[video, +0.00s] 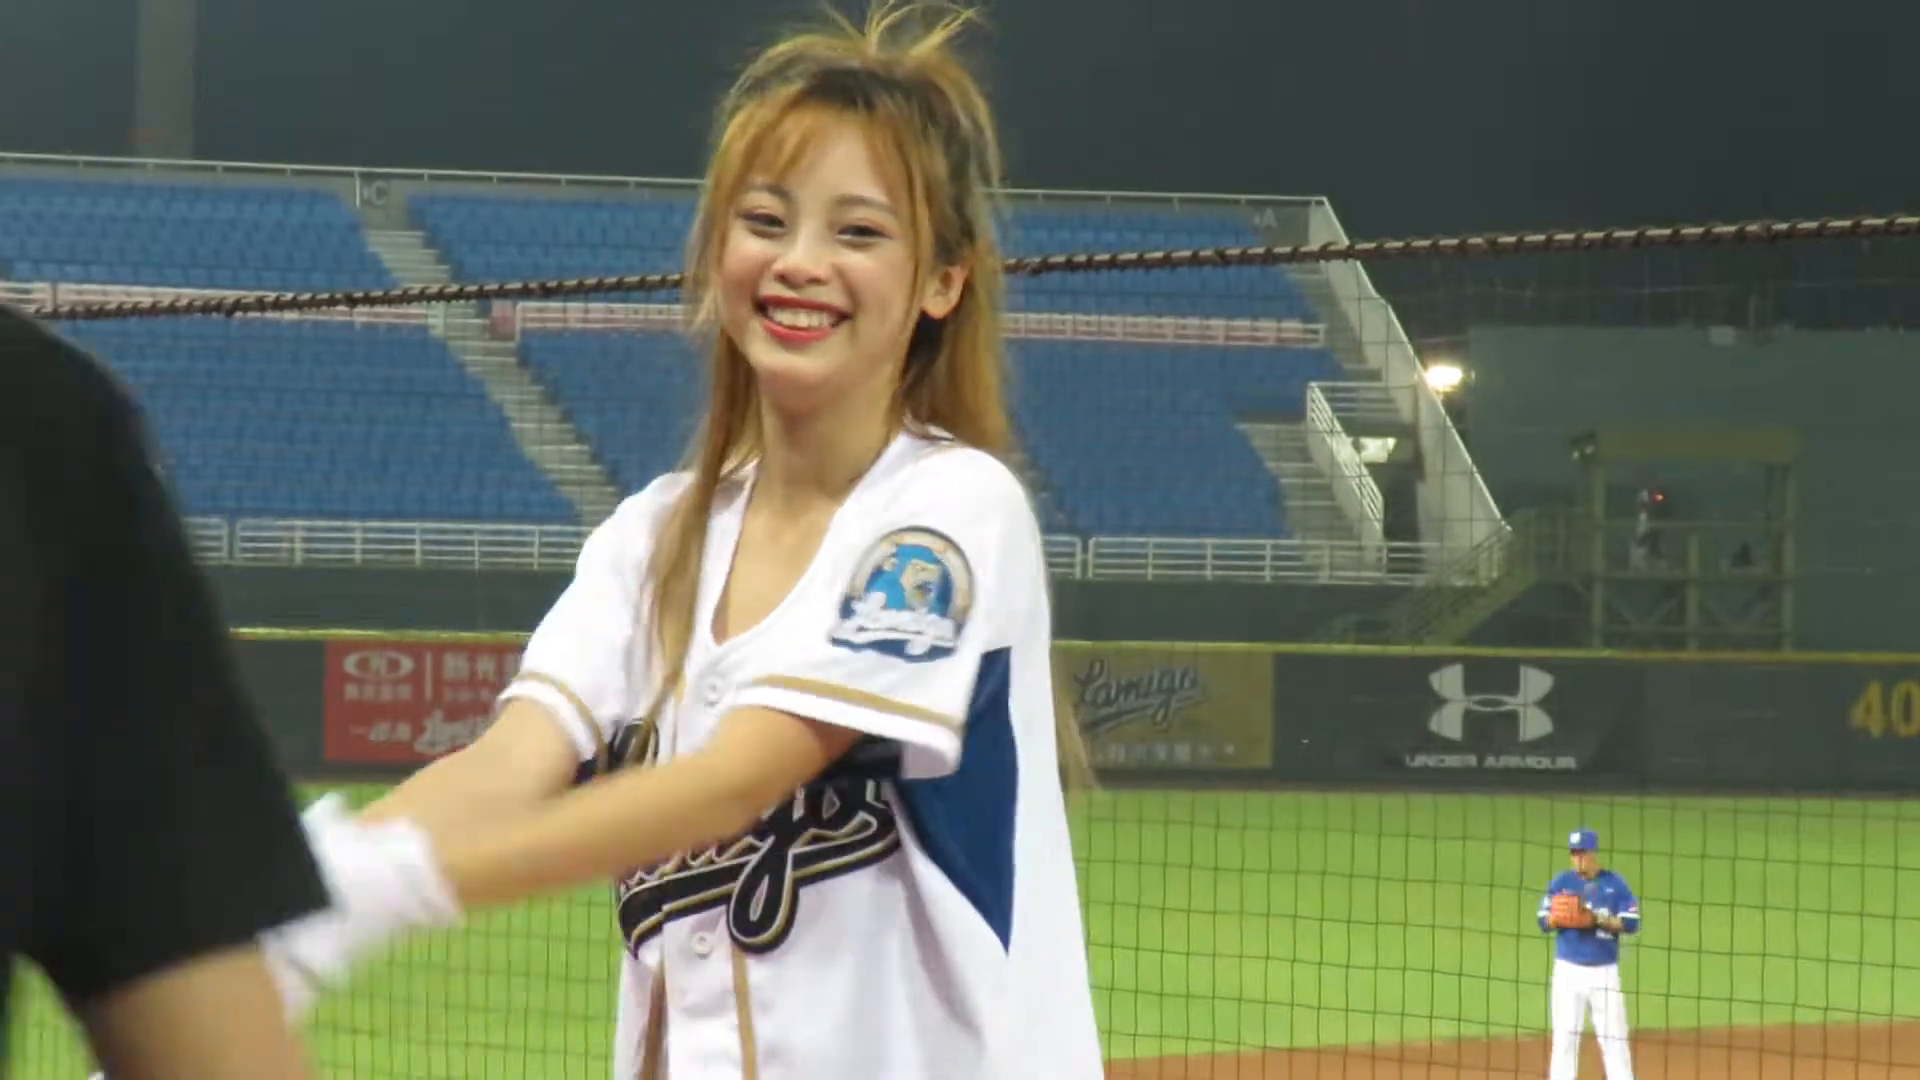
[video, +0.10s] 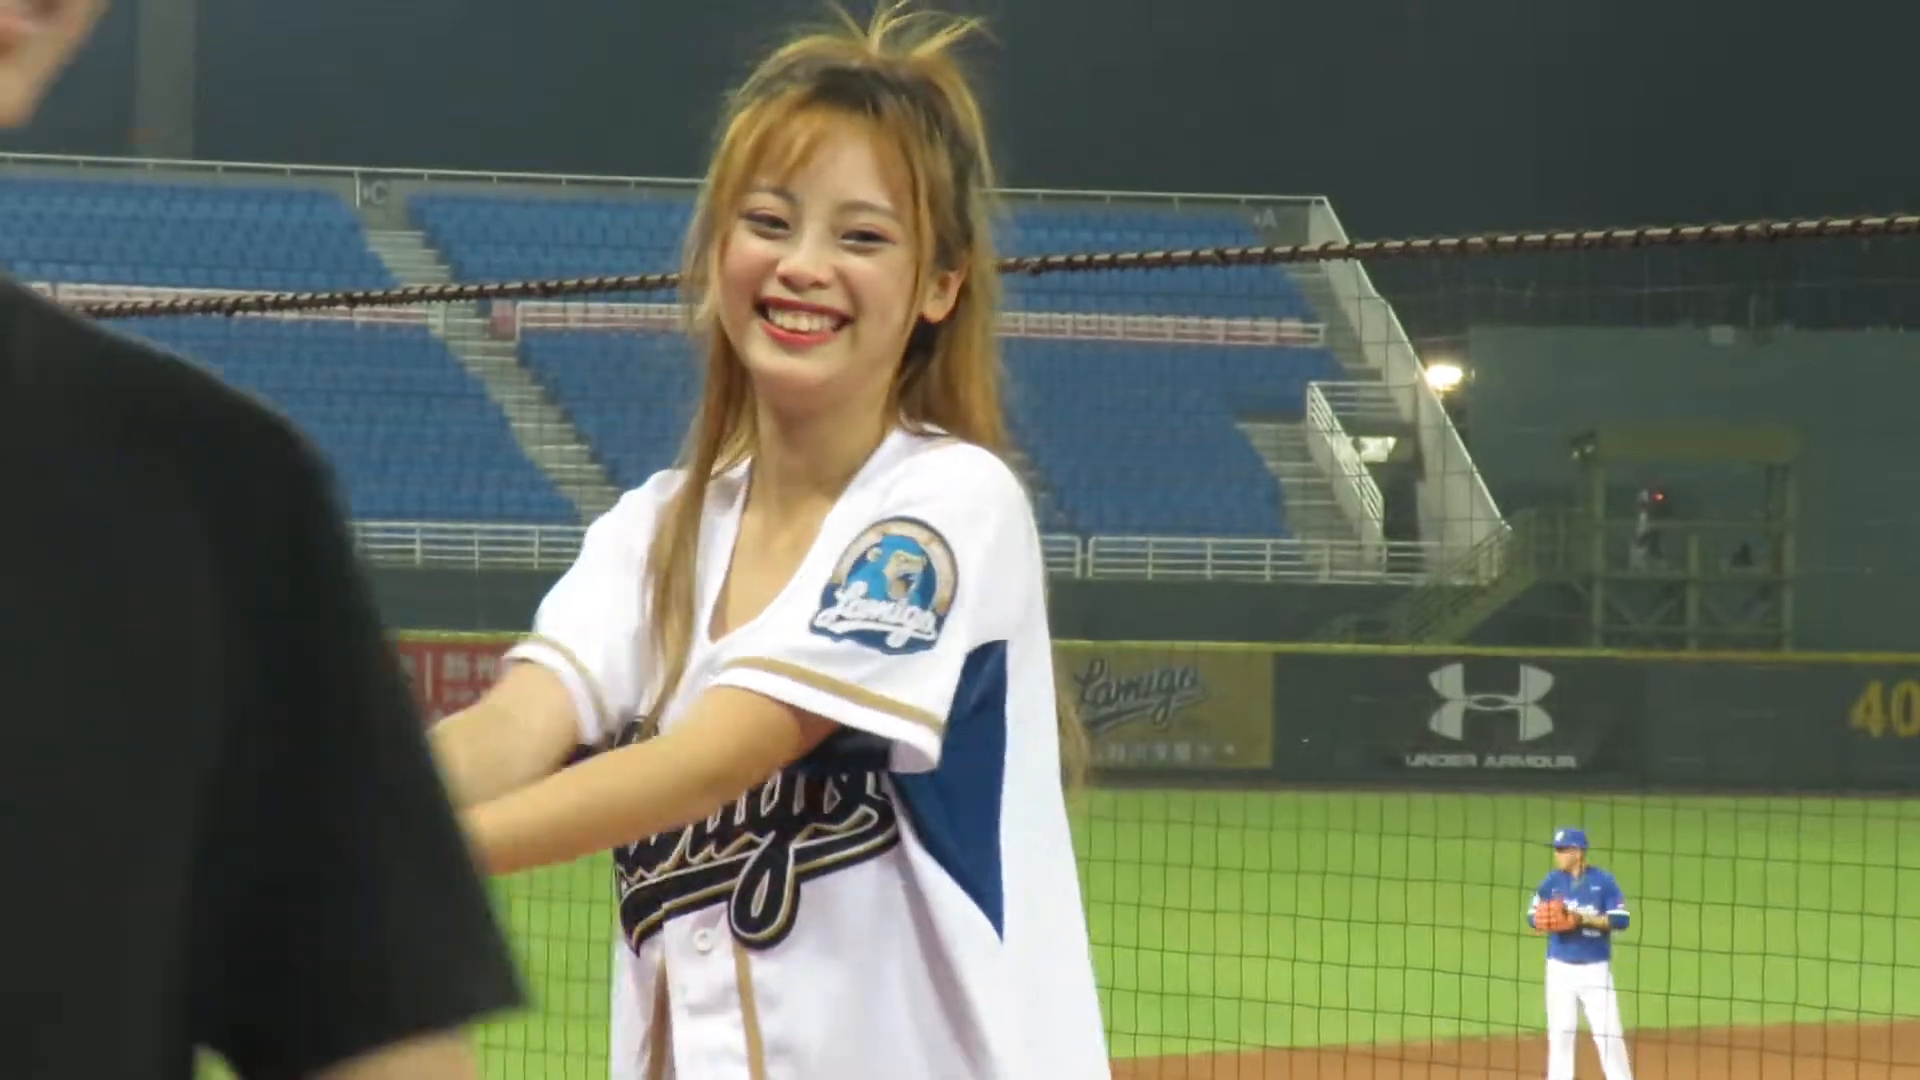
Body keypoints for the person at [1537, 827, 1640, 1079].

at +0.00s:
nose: (1579, 860)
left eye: (1584, 854)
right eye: (1575, 854)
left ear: (1595, 853)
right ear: (1571, 855)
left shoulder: (1614, 883)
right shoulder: (1562, 882)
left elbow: (1632, 923)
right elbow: (1543, 922)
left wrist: (1595, 918)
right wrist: (1561, 916)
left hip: (1604, 970)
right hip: (1568, 970)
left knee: (1614, 1038)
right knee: (1565, 1039)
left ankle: (1622, 1077)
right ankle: (1561, 1077)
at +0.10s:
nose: (1559, 855)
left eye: (1565, 850)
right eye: (1558, 850)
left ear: (1580, 852)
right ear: (1558, 852)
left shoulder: (1603, 880)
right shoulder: (1552, 881)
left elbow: (1621, 920)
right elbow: (1532, 917)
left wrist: (1582, 918)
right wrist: (1550, 918)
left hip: (1595, 967)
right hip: (1560, 967)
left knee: (1609, 1035)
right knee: (1560, 1035)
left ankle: (1621, 1077)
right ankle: (1558, 1078)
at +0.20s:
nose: (1545, 852)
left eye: (1550, 847)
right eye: (1546, 847)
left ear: (1564, 851)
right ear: (1558, 852)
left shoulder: (1593, 879)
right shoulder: (1545, 881)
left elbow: (1611, 916)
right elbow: (1531, 914)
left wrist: (1569, 919)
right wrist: (1538, 919)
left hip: (1587, 965)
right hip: (1553, 965)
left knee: (1600, 1033)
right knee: (1557, 1033)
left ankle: (1616, 1077)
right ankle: (1558, 1078)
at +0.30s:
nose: (1538, 851)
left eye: (1542, 846)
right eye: (1539, 846)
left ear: (1556, 850)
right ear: (1552, 850)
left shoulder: (1583, 877)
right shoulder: (1542, 879)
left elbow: (1600, 913)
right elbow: (1530, 909)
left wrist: (1557, 920)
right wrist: (1530, 920)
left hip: (1579, 962)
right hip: (1547, 962)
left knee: (1585, 1027)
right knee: (1552, 1028)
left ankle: (1604, 1076)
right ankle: (1558, 1076)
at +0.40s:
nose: (1534, 850)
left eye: (1537, 846)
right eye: (1535, 845)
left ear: (1548, 849)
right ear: (1546, 848)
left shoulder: (1575, 875)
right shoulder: (1539, 880)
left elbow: (1589, 912)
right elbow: (1530, 912)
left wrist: (1547, 920)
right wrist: (1525, 921)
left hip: (1572, 963)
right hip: (1543, 962)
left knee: (1572, 1030)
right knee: (1548, 1028)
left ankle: (1588, 1076)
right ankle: (1556, 1074)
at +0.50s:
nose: (1528, 850)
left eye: (1532, 845)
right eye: (1529, 845)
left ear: (1543, 848)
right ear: (1540, 847)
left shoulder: (1569, 874)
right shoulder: (1537, 878)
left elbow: (1578, 911)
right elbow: (1531, 911)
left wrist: (1540, 919)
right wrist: (1522, 921)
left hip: (1564, 961)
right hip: (1538, 960)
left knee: (1559, 1027)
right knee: (1543, 1027)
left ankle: (1565, 1075)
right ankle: (1551, 1073)